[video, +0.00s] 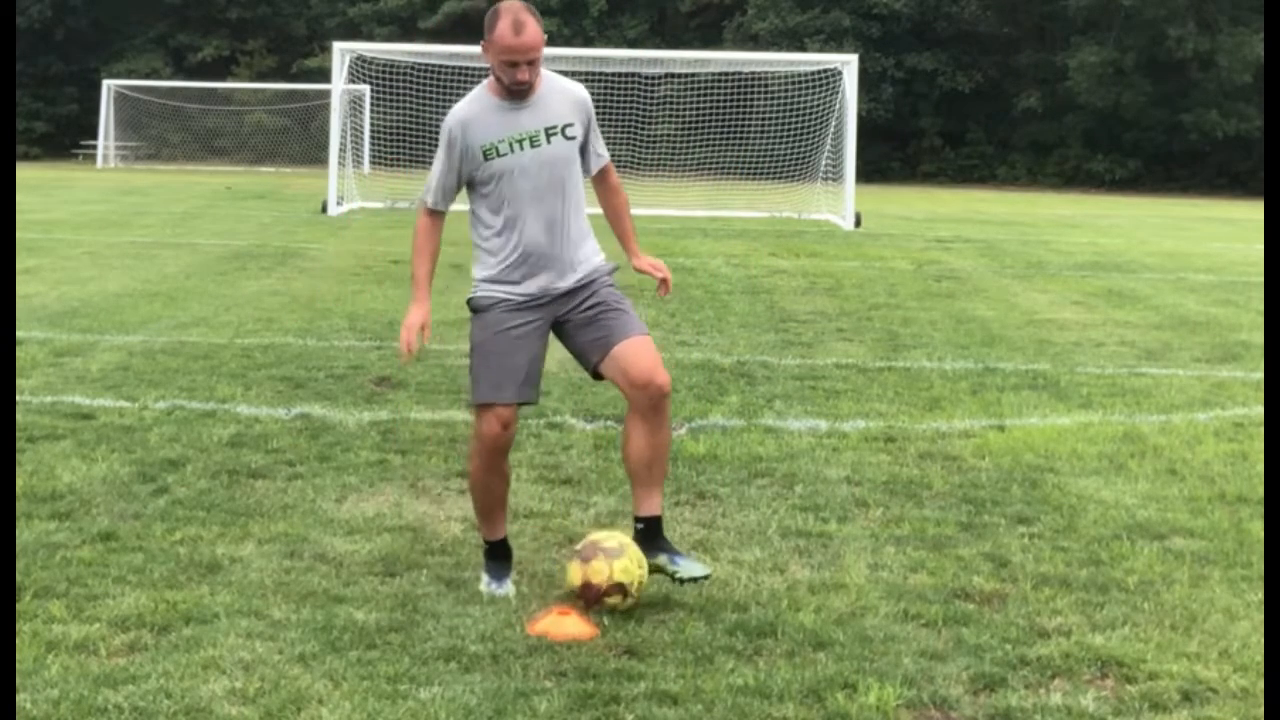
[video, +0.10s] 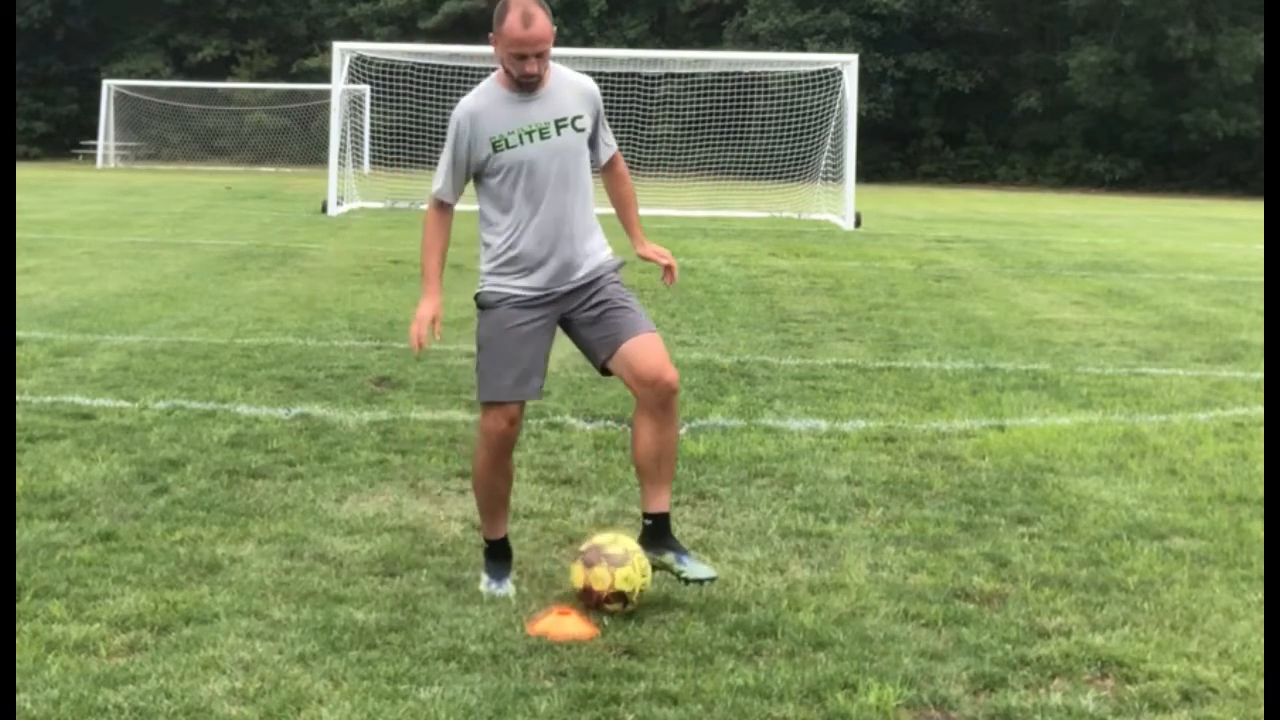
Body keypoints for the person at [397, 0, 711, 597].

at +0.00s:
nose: (523, 76)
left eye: (532, 62)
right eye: (509, 65)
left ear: (544, 49)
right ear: (486, 53)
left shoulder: (573, 99)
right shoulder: (464, 122)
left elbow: (603, 175)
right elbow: (431, 212)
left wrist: (634, 252)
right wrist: (420, 299)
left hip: (584, 280)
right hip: (506, 295)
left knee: (652, 384)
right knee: (495, 430)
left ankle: (651, 540)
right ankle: (497, 558)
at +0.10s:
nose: (532, 68)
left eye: (542, 54)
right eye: (519, 57)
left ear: (553, 39)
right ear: (494, 44)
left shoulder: (581, 92)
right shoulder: (472, 114)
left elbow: (609, 163)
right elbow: (441, 205)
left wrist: (637, 237)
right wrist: (431, 293)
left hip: (590, 275)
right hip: (512, 290)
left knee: (660, 382)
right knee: (500, 426)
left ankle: (657, 537)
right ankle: (497, 558)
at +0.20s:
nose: (543, 57)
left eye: (553, 44)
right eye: (530, 46)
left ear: (565, 30)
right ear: (504, 33)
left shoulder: (592, 83)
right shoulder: (481, 104)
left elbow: (618, 150)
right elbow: (450, 194)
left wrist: (644, 223)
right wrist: (442, 281)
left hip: (600, 269)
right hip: (521, 282)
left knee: (666, 377)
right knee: (505, 425)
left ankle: (662, 532)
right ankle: (498, 556)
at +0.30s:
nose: (554, 47)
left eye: (563, 34)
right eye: (541, 36)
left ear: (576, 20)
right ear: (516, 25)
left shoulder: (603, 73)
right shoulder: (491, 93)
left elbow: (626, 137)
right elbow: (461, 181)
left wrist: (650, 211)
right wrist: (452, 267)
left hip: (608, 259)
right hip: (531, 274)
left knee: (670, 372)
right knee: (515, 410)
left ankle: (666, 526)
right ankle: (498, 547)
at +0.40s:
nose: (563, 41)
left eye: (573, 28)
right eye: (550, 29)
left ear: (589, 14)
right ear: (526, 17)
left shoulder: (614, 67)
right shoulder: (501, 85)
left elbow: (637, 132)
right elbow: (470, 171)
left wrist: (660, 207)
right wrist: (462, 260)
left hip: (618, 251)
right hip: (540, 265)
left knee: (673, 371)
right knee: (522, 404)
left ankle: (668, 526)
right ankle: (502, 544)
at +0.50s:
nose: (573, 39)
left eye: (584, 26)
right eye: (560, 27)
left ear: (600, 12)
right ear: (537, 14)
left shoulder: (626, 65)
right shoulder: (510, 82)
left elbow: (650, 133)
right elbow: (480, 167)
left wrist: (670, 207)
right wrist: (469, 256)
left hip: (625, 246)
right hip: (547, 258)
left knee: (674, 372)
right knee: (532, 398)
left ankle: (670, 526)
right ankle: (511, 528)